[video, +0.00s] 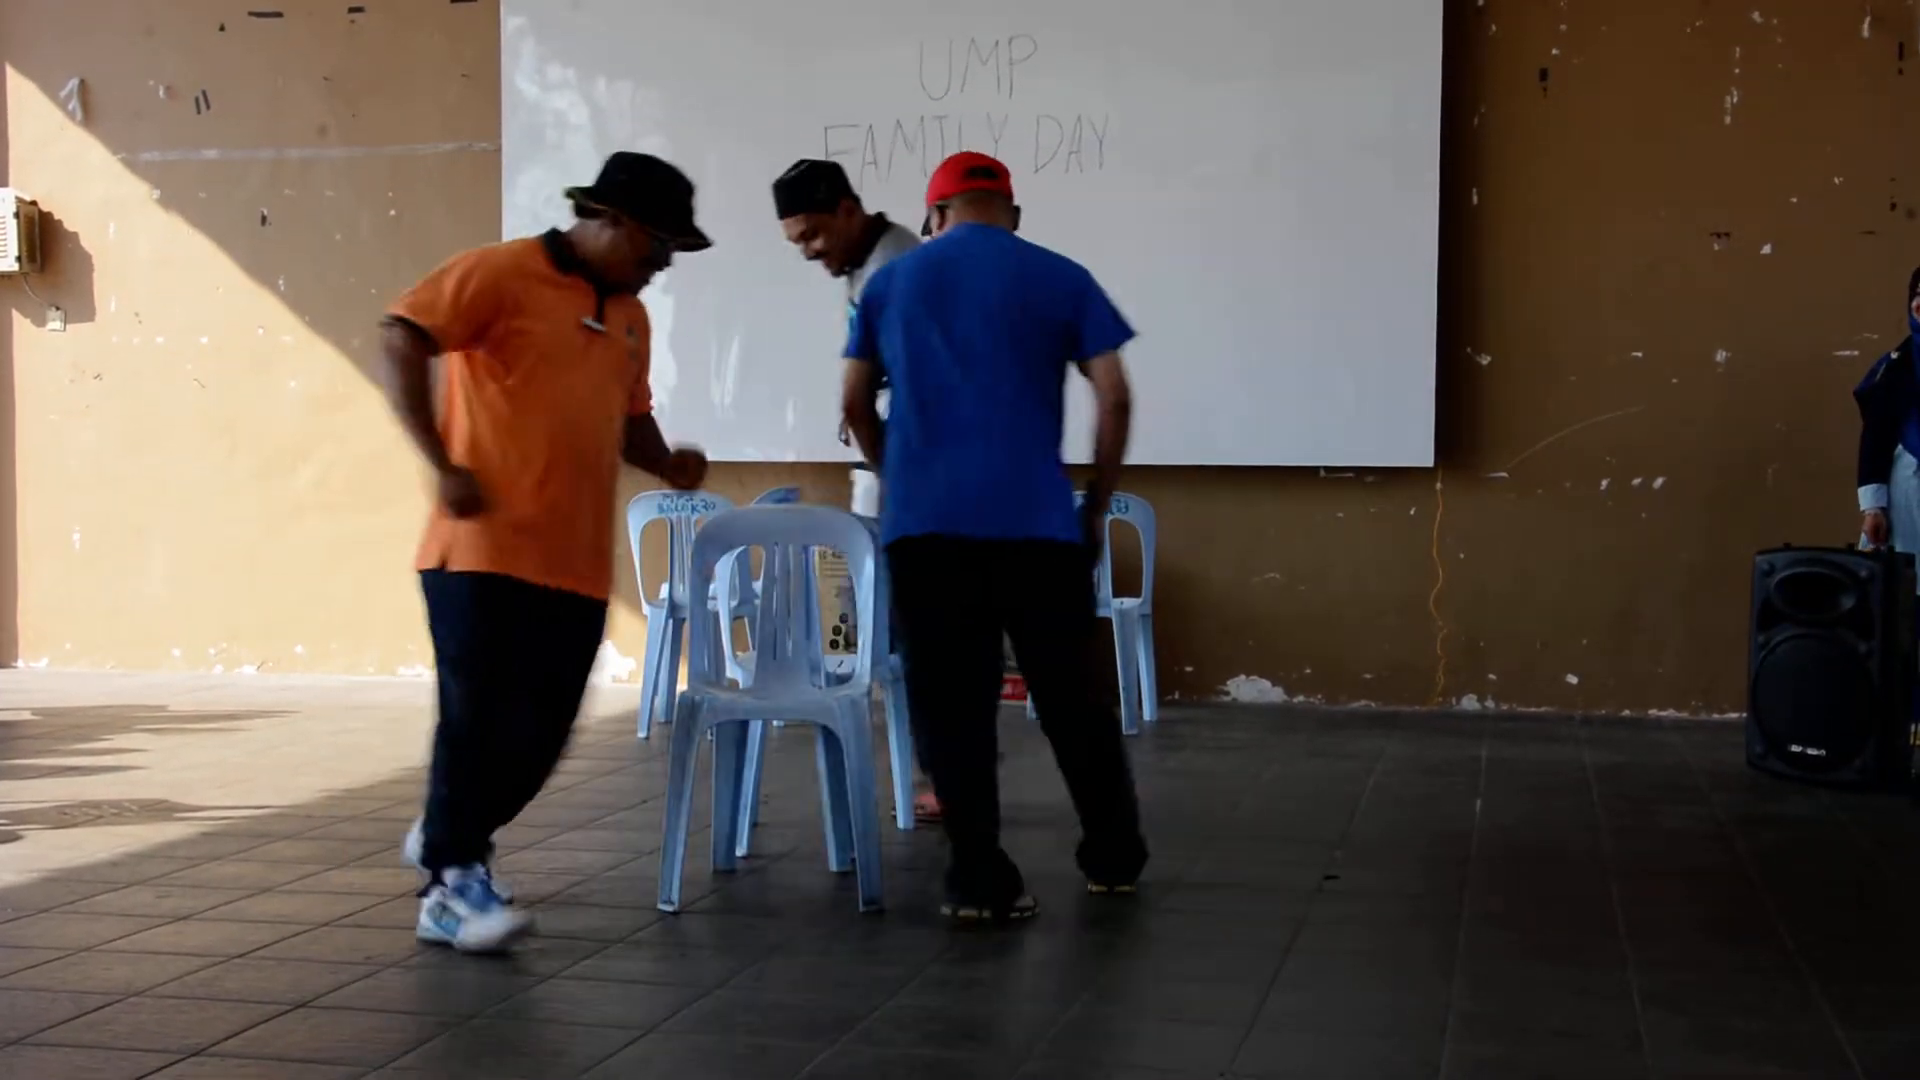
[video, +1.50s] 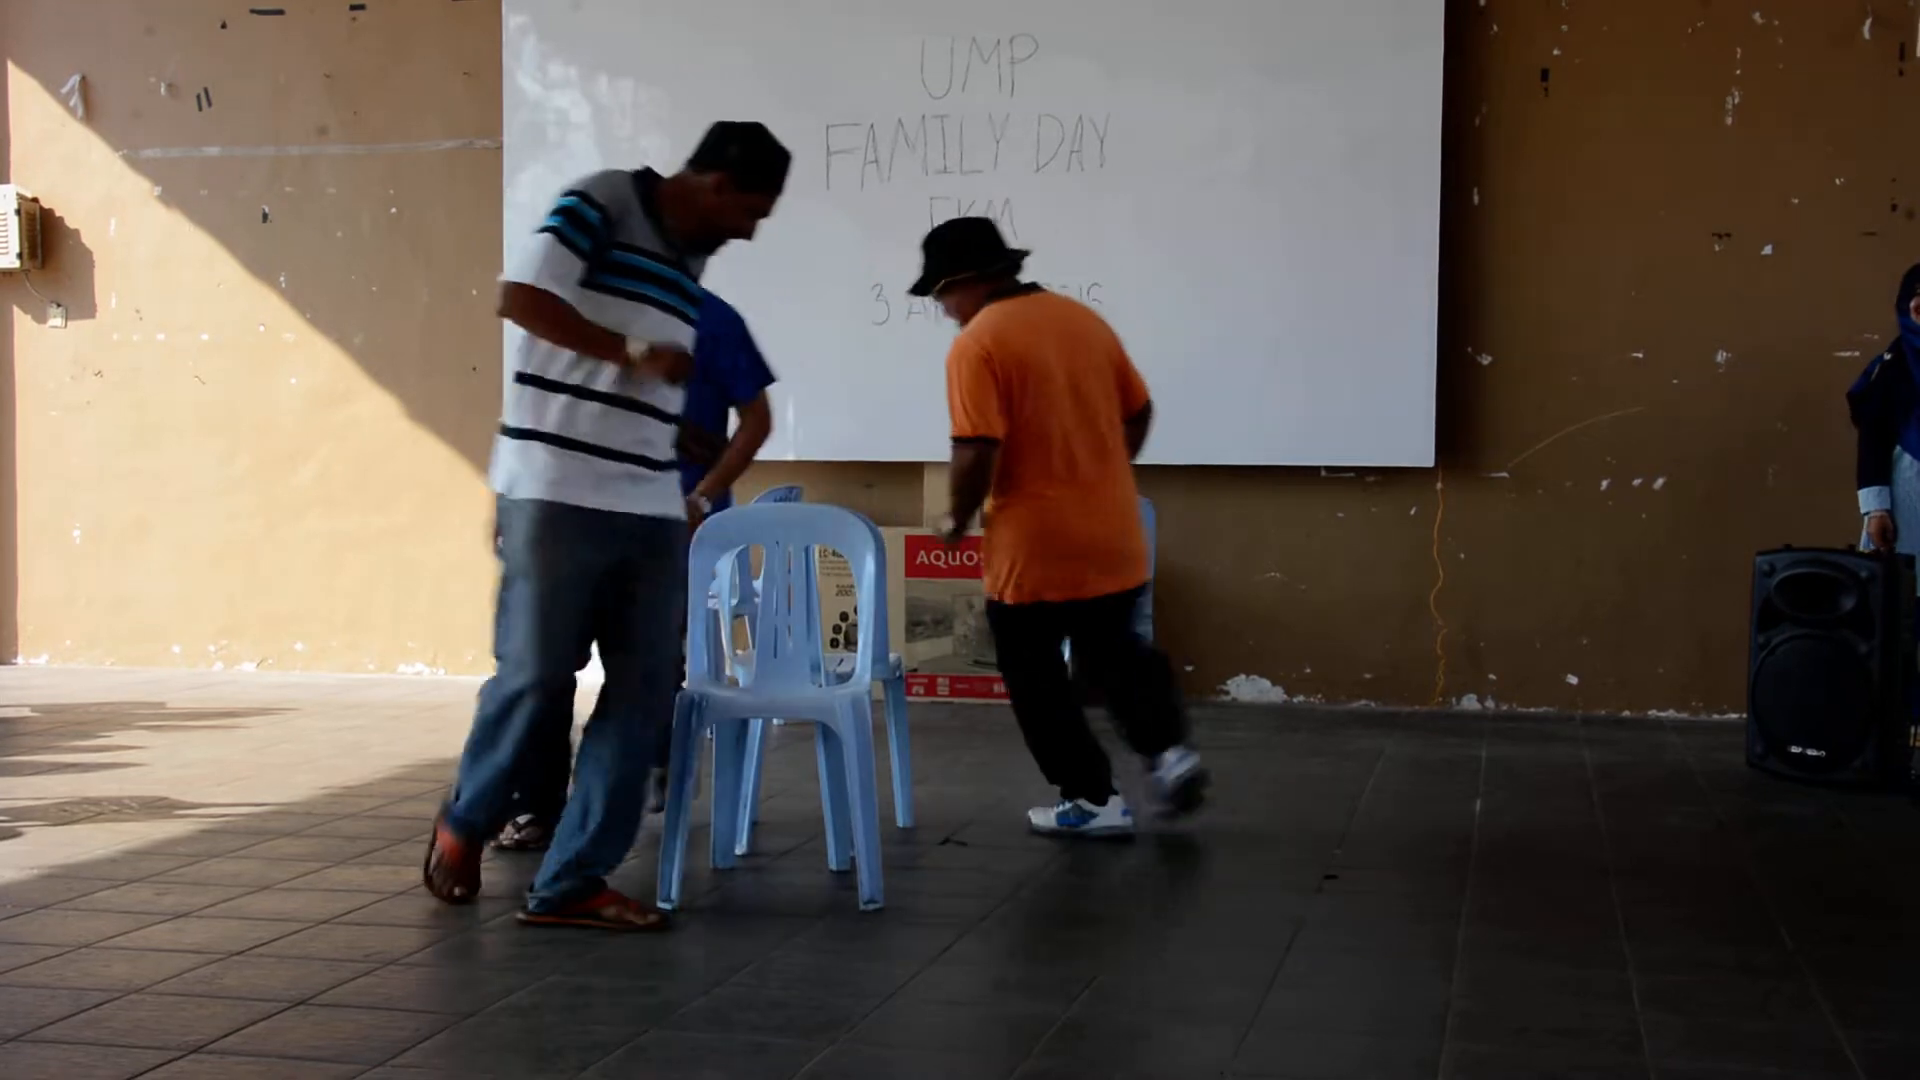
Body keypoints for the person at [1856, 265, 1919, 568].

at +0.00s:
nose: (1918, 303)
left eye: (1918, 296)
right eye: (1916, 296)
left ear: (1913, 305)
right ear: (1910, 305)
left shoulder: (1900, 364)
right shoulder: (1898, 365)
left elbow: (1876, 437)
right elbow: (1876, 437)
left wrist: (1874, 506)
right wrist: (1873, 506)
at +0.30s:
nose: (1918, 306)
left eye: (1918, 299)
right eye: (1916, 299)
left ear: (1912, 306)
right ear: (1911, 306)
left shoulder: (1901, 364)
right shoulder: (1898, 365)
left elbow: (1877, 439)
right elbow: (1876, 439)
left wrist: (1876, 507)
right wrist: (1875, 506)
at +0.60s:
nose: (1916, 303)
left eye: (1918, 295)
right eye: (1913, 296)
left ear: (1913, 305)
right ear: (1906, 305)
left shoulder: (1898, 364)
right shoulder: (1893, 366)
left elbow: (1874, 440)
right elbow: (1873, 440)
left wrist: (1873, 507)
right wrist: (1873, 506)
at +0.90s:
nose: (1915, 302)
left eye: (1918, 293)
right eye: (1911, 294)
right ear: (1903, 305)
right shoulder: (1891, 367)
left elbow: (1872, 440)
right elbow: (1871, 439)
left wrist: (1872, 507)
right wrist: (1871, 507)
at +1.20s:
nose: (1917, 303)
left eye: (1919, 294)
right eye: (1913, 294)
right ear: (1904, 305)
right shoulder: (1890, 368)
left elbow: (1872, 441)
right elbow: (1871, 441)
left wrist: (1872, 508)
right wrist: (1872, 507)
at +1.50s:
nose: (1916, 304)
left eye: (1917, 296)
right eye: (1913, 296)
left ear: (1910, 305)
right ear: (1905, 306)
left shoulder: (1898, 364)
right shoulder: (1893, 366)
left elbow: (1873, 441)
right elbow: (1873, 441)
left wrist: (1876, 508)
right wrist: (1875, 508)